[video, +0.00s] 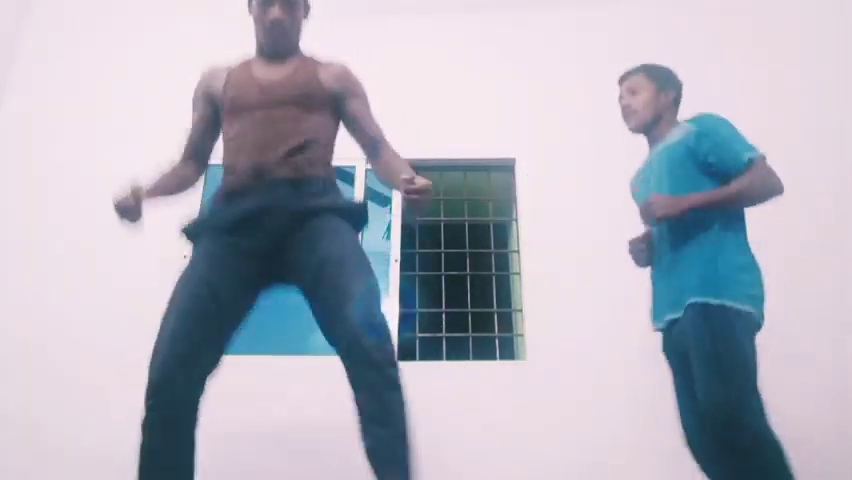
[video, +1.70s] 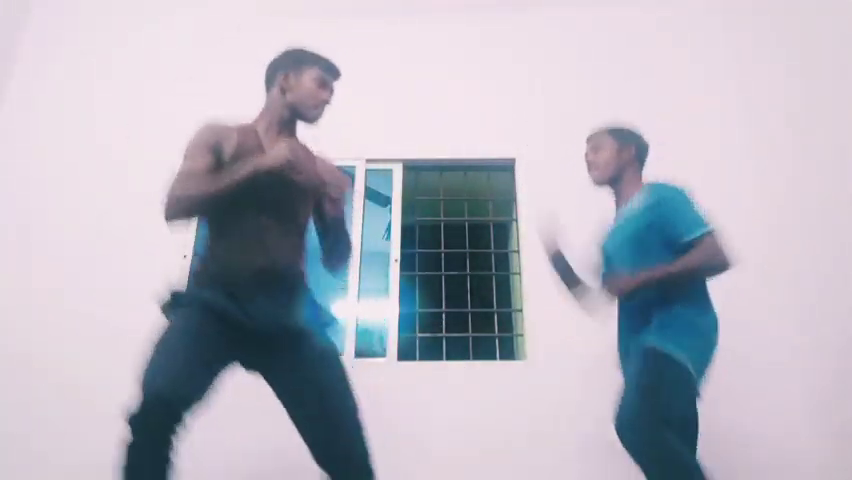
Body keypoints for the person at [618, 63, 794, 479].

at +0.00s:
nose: (624, 102)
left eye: (634, 92)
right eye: (621, 97)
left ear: (668, 96)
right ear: (621, 107)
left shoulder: (702, 129)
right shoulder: (642, 177)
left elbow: (766, 181)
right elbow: (683, 238)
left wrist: (684, 203)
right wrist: (650, 250)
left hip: (718, 296)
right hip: (673, 312)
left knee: (733, 424)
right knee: (702, 436)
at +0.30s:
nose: (604, 120)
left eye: (613, 111)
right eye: (603, 113)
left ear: (645, 115)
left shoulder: (678, 150)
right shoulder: (633, 182)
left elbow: (714, 198)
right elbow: (667, 255)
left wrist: (624, 213)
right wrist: (626, 278)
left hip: (693, 324)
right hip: (648, 335)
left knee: (725, 437)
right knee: (655, 453)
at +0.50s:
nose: (558, 117)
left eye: (567, 107)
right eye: (558, 110)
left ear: (597, 111)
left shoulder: (621, 144)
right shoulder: (594, 173)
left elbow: (657, 194)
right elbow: (627, 249)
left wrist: (579, 222)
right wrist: (587, 276)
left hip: (640, 306)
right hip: (610, 318)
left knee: (679, 416)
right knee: (611, 443)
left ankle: (741, 475)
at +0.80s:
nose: (536, 131)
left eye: (542, 121)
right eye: (533, 125)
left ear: (574, 121)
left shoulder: (610, 156)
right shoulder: (568, 189)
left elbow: (660, 206)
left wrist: (579, 231)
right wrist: (560, 275)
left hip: (619, 316)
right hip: (574, 327)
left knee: (641, 420)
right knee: (577, 438)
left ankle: (678, 475)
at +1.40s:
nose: (580, 111)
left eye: (588, 101)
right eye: (579, 104)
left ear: (620, 104)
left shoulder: (643, 138)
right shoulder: (613, 167)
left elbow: (664, 192)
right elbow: (639, 246)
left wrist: (591, 211)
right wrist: (594, 250)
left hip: (647, 297)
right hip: (624, 303)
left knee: (652, 424)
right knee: (639, 427)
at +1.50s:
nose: (584, 130)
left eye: (593, 120)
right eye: (585, 123)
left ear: (623, 123)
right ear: (614, 126)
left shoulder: (647, 160)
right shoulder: (619, 183)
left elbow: (673, 214)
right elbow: (644, 267)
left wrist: (595, 238)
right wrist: (602, 278)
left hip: (655, 309)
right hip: (632, 314)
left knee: (656, 423)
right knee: (645, 423)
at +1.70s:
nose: (588, 159)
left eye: (596, 149)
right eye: (587, 152)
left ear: (628, 153)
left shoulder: (664, 198)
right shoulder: (614, 236)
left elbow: (714, 255)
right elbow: (596, 301)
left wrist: (639, 279)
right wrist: (558, 259)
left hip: (679, 330)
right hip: (640, 343)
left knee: (636, 422)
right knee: (671, 440)